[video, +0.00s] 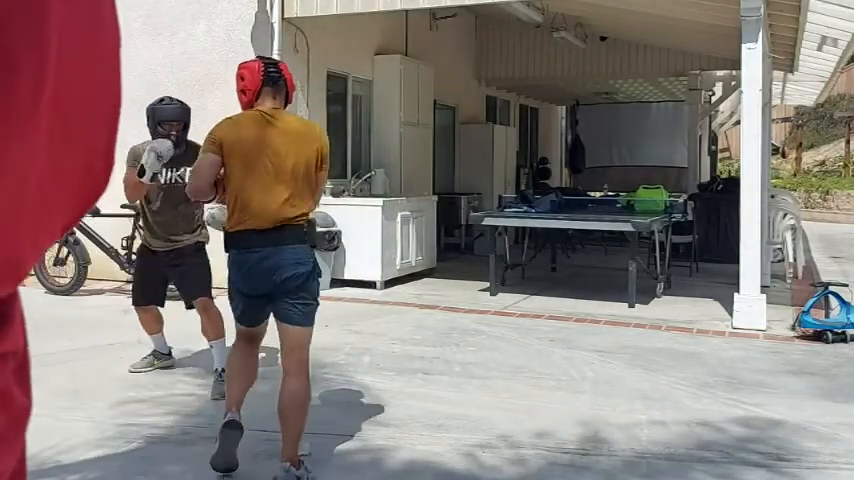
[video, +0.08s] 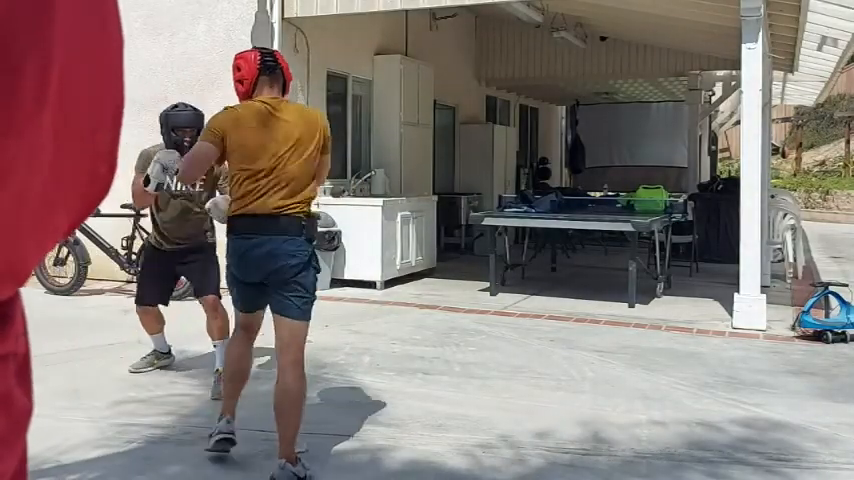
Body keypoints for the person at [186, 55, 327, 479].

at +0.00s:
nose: (286, 98)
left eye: (244, 91)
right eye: (289, 92)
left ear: (246, 90)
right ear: (288, 92)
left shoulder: (226, 130)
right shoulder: (313, 134)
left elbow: (198, 191)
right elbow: (315, 193)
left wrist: (227, 189)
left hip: (245, 255)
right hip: (296, 252)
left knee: (247, 340)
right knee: (295, 364)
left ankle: (232, 414)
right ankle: (291, 462)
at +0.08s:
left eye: (242, 83)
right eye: (284, 82)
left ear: (243, 81)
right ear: (285, 81)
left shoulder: (229, 119)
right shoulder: (316, 120)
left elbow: (190, 173)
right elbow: (318, 178)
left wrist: (185, 158)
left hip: (245, 243)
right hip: (295, 243)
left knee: (244, 331)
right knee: (290, 356)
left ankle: (226, 422)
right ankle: (287, 460)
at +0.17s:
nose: (240, 91)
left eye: (240, 84)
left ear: (243, 82)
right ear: (284, 81)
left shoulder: (228, 120)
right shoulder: (313, 120)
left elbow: (192, 177)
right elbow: (315, 174)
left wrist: (204, 145)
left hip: (244, 243)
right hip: (294, 243)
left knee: (241, 335)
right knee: (289, 358)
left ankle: (220, 425)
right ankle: (287, 459)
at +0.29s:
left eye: (241, 95)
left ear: (242, 96)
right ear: (284, 98)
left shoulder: (222, 134)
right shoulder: (307, 134)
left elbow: (199, 193)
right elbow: (307, 173)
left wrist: (212, 151)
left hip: (236, 255)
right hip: (283, 254)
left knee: (235, 326)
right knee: (286, 363)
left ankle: (209, 406)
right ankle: (288, 461)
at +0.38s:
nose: (276, 103)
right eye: (277, 97)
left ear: (239, 97)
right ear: (274, 97)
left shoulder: (213, 131)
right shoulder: (296, 132)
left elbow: (182, 181)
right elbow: (307, 178)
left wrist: (212, 157)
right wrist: (298, 131)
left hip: (220, 249)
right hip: (267, 249)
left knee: (229, 304)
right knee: (285, 347)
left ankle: (201, 380)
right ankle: (287, 446)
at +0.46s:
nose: (275, 106)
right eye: (274, 101)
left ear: (233, 99)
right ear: (268, 100)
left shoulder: (206, 129)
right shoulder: (286, 134)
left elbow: (163, 168)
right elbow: (301, 188)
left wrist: (188, 155)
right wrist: (297, 144)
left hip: (206, 246)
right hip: (249, 249)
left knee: (224, 303)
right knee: (296, 336)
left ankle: (186, 374)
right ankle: (283, 424)